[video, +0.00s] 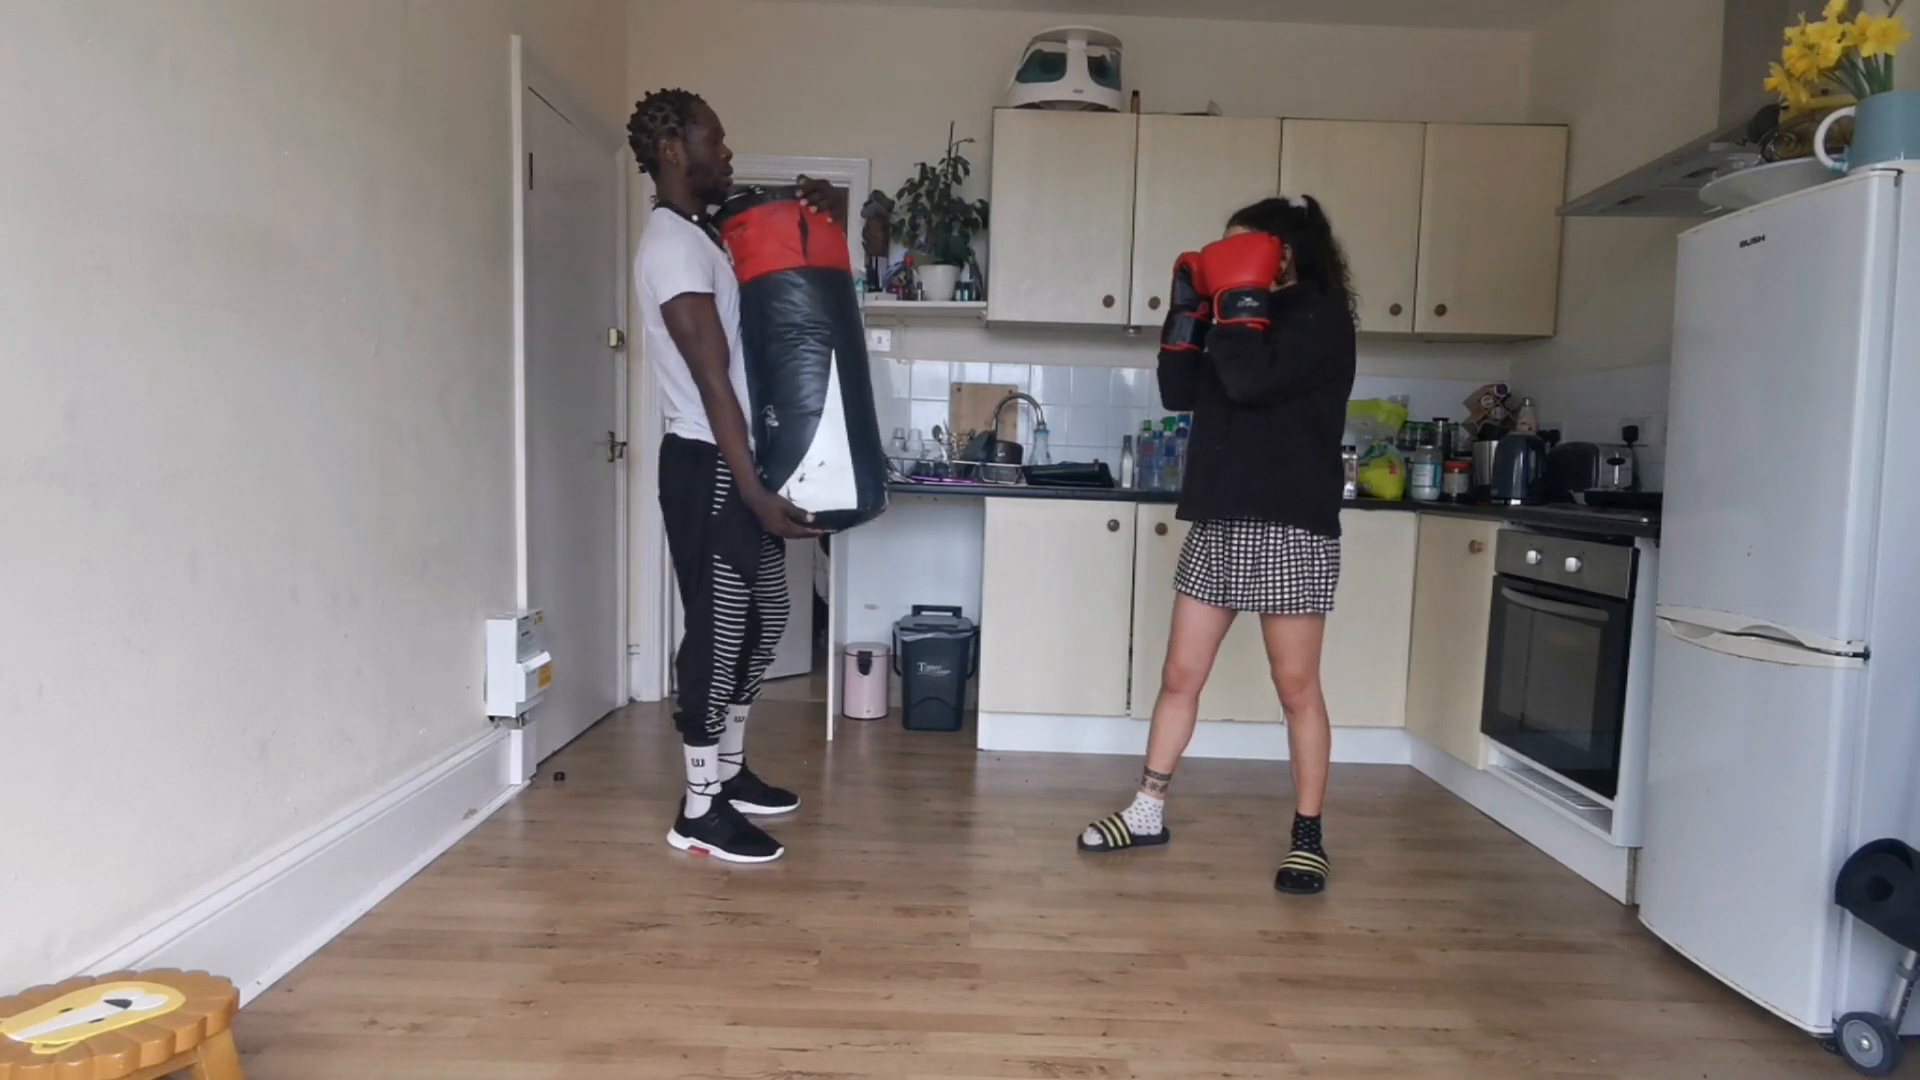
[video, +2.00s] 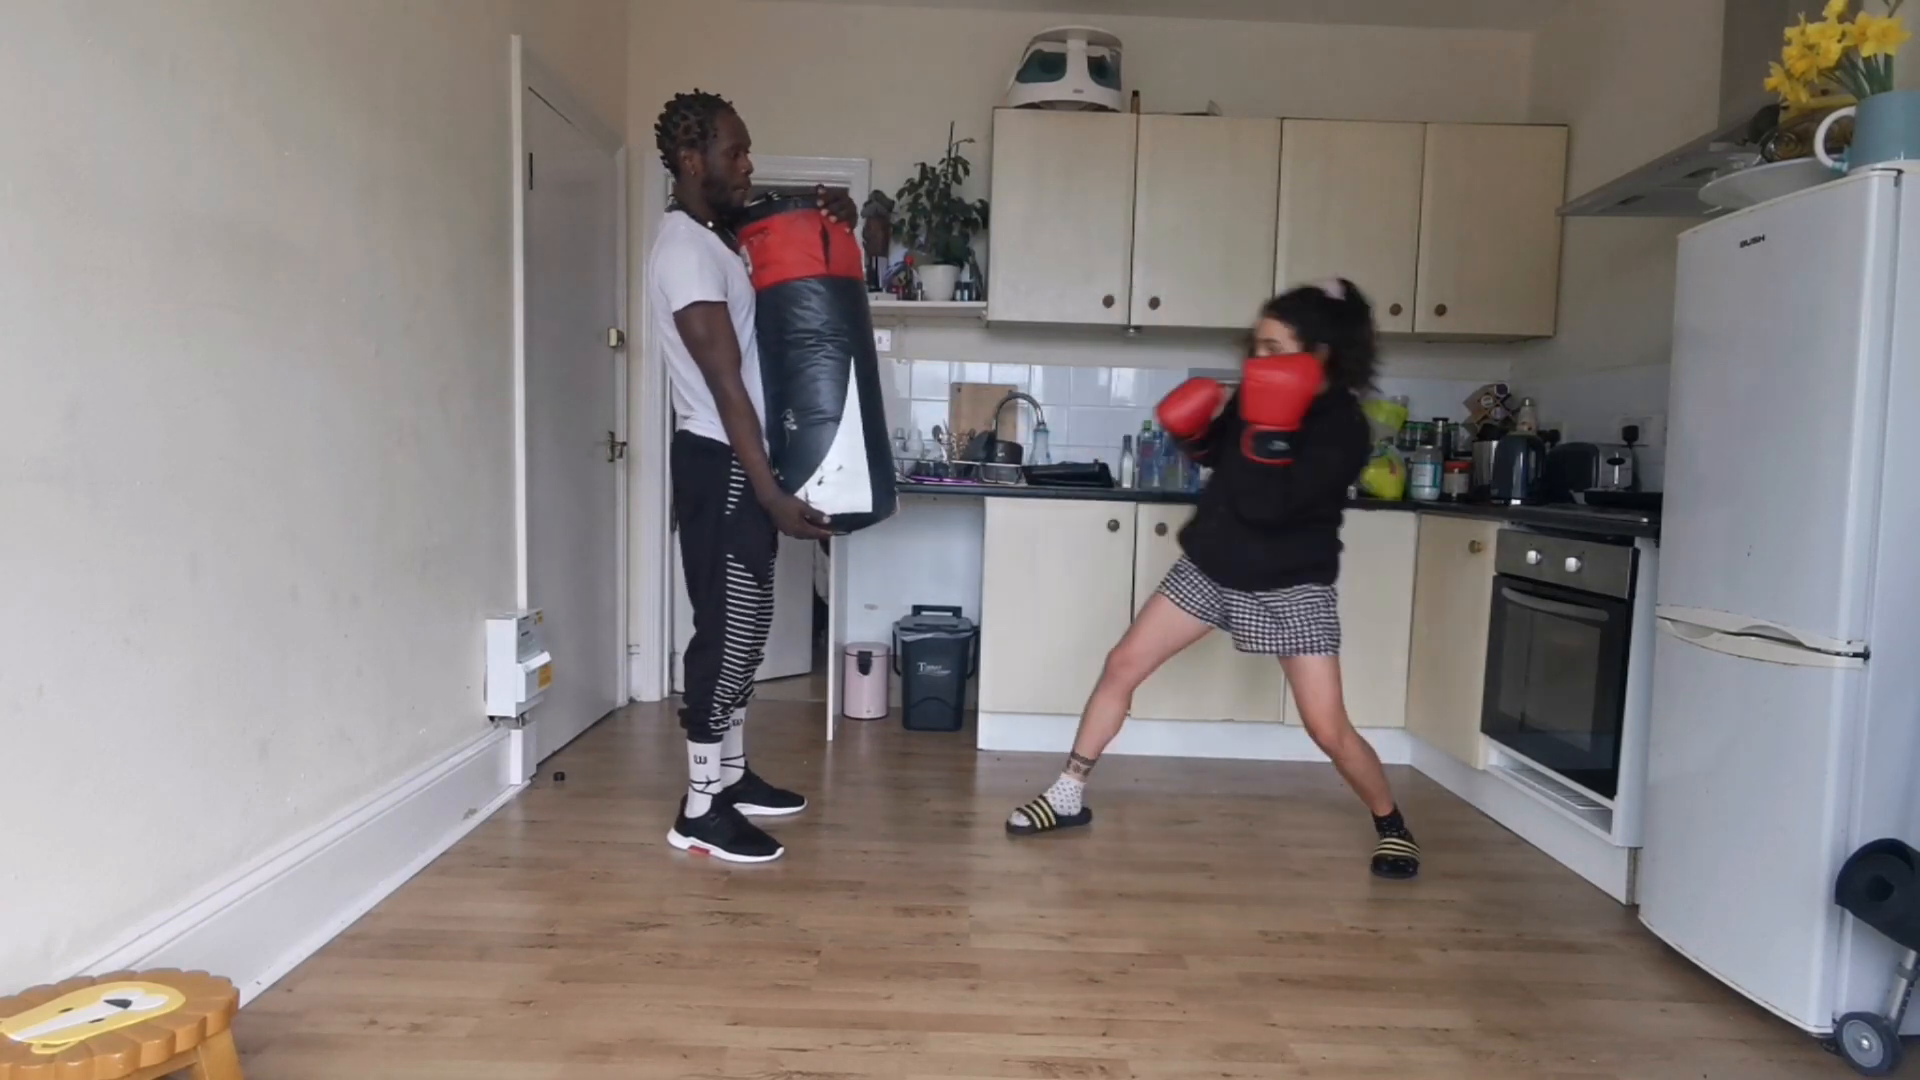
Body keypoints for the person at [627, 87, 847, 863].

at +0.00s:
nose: (727, 151)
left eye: (723, 137)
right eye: (713, 138)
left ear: (679, 150)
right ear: (670, 148)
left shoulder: (705, 234)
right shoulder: (671, 240)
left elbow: (777, 310)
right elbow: (710, 374)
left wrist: (819, 222)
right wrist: (754, 485)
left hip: (742, 452)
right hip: (705, 457)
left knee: (765, 614)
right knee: (718, 622)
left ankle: (724, 769)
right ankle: (699, 808)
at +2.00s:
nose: (749, 166)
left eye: (748, 151)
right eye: (736, 152)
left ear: (701, 161)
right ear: (689, 160)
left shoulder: (720, 242)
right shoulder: (683, 245)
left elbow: (789, 319)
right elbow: (723, 378)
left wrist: (831, 233)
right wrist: (770, 486)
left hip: (744, 453)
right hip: (716, 456)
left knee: (745, 622)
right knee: (728, 625)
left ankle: (730, 775)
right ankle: (702, 804)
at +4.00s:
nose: (745, 166)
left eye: (744, 152)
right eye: (732, 152)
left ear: (698, 162)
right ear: (685, 160)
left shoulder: (717, 242)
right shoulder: (679, 244)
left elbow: (775, 337)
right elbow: (717, 376)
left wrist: (829, 241)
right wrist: (763, 487)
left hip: (743, 449)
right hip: (712, 454)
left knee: (746, 622)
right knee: (723, 625)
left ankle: (736, 778)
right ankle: (701, 805)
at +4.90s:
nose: (748, 161)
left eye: (747, 147)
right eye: (737, 147)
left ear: (696, 155)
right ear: (690, 153)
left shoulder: (711, 236)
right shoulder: (680, 244)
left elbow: (785, 314)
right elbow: (727, 381)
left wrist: (827, 227)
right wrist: (777, 493)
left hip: (745, 450)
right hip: (716, 454)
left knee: (749, 622)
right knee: (728, 627)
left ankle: (736, 778)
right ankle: (700, 806)